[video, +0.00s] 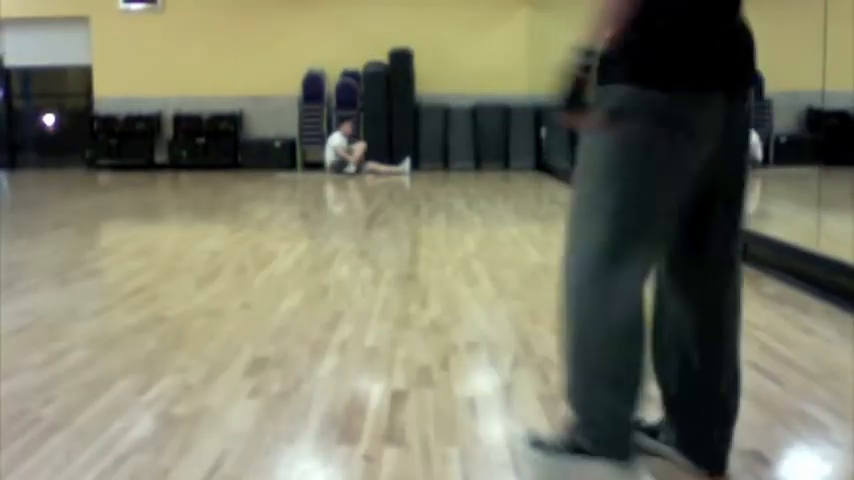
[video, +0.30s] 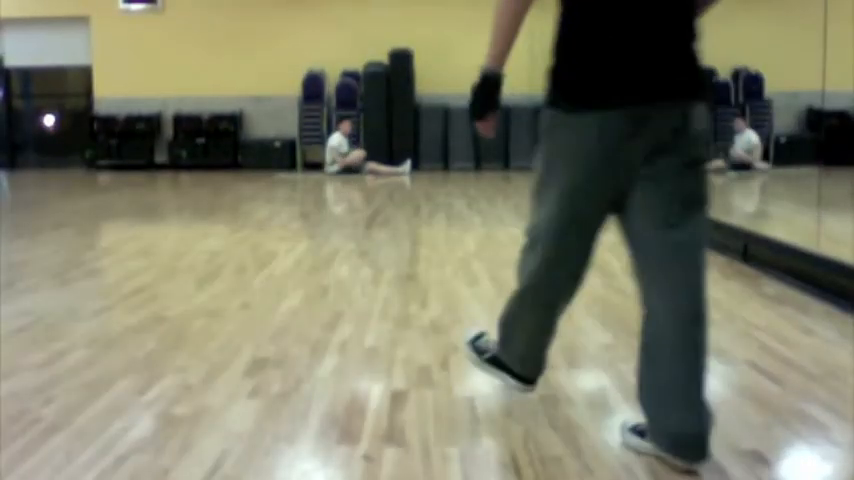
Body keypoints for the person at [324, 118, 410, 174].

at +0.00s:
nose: (350, 130)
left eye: (351, 128)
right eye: (348, 127)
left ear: (350, 129)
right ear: (342, 127)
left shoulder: (344, 139)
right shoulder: (337, 137)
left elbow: (346, 151)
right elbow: (340, 152)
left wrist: (355, 158)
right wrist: (352, 160)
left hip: (342, 164)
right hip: (335, 164)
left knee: (371, 166)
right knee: (361, 145)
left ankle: (400, 170)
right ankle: (352, 166)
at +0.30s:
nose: (349, 129)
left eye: (350, 126)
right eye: (347, 126)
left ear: (349, 128)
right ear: (340, 126)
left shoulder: (343, 138)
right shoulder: (336, 139)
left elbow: (346, 155)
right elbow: (340, 161)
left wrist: (354, 156)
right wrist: (353, 157)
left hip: (342, 166)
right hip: (334, 168)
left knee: (370, 166)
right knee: (360, 153)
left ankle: (400, 170)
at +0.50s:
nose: (349, 128)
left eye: (350, 125)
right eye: (347, 125)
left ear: (348, 127)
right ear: (341, 125)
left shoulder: (343, 138)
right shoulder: (336, 138)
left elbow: (344, 155)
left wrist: (354, 159)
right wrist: (352, 162)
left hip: (343, 166)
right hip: (336, 169)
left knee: (371, 165)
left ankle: (399, 169)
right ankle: (400, 170)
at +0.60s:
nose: (351, 127)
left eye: (352, 124)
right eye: (350, 124)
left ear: (347, 125)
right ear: (343, 124)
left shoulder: (342, 136)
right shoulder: (338, 136)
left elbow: (342, 153)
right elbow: (333, 151)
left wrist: (353, 162)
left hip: (342, 166)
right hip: (337, 169)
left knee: (371, 165)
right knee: (370, 166)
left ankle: (398, 169)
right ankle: (399, 170)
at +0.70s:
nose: (353, 128)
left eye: (354, 125)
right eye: (352, 125)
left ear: (350, 126)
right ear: (345, 124)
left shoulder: (343, 136)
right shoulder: (340, 135)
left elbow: (345, 153)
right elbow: (333, 151)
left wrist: (354, 163)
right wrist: (340, 167)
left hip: (346, 165)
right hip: (338, 168)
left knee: (372, 165)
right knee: (370, 167)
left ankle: (399, 169)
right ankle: (399, 170)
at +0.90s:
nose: (358, 129)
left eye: (359, 126)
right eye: (358, 126)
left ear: (352, 124)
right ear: (353, 124)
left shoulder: (345, 134)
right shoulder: (343, 135)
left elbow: (347, 155)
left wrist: (355, 164)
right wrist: (352, 167)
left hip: (343, 166)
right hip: (338, 169)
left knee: (370, 165)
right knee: (369, 167)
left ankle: (397, 168)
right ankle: (398, 169)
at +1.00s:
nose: (359, 130)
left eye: (359, 127)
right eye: (359, 127)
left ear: (354, 125)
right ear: (354, 125)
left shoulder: (346, 134)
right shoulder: (345, 136)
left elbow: (348, 156)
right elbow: (348, 157)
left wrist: (360, 164)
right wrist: (361, 166)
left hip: (341, 166)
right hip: (336, 169)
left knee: (370, 165)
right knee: (369, 167)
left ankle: (397, 168)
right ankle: (397, 169)